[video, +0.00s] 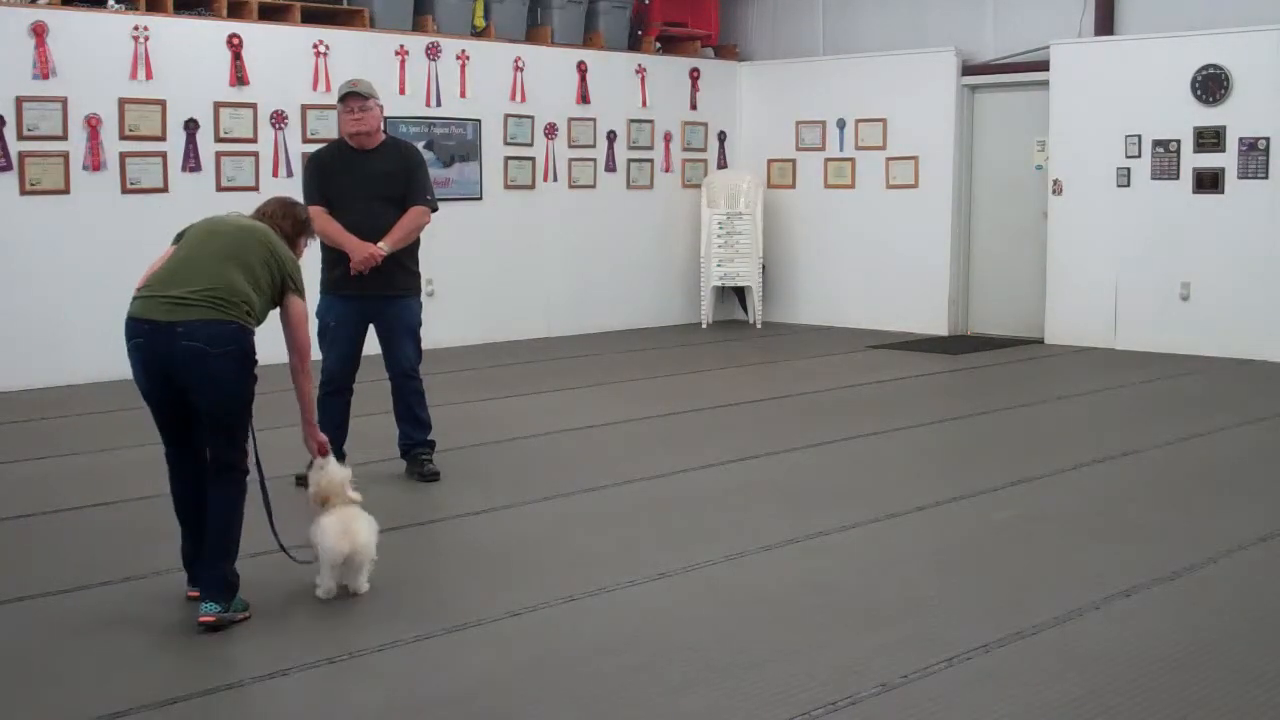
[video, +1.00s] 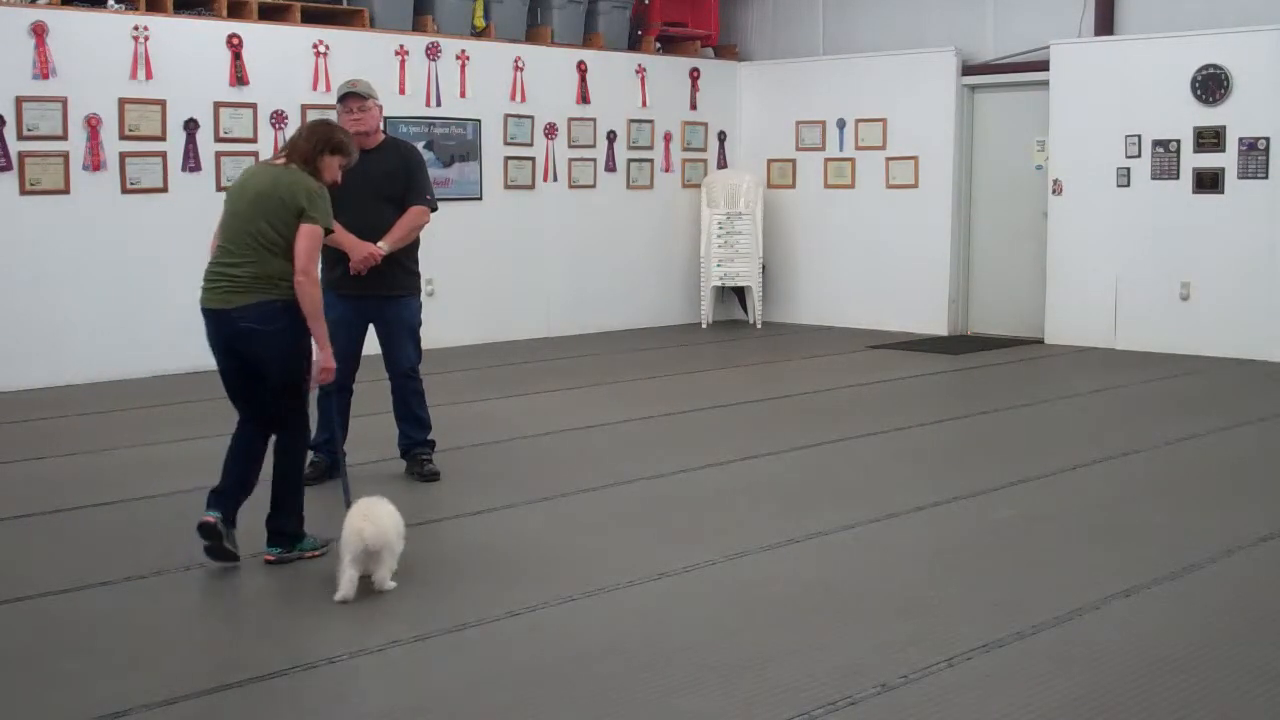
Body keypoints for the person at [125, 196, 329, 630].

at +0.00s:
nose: (301, 255)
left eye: (304, 248)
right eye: (302, 247)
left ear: (260, 219)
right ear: (291, 237)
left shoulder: (202, 227)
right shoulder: (284, 259)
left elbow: (145, 284)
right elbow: (300, 355)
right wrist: (311, 427)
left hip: (146, 335)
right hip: (215, 341)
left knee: (182, 455)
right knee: (228, 464)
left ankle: (200, 576)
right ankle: (216, 596)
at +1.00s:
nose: (340, 176)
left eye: (345, 167)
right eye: (340, 165)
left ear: (297, 151)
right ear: (318, 153)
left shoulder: (250, 176)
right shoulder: (314, 194)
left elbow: (218, 245)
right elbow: (305, 276)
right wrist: (324, 347)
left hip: (220, 312)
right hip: (273, 314)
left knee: (255, 417)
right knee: (293, 424)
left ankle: (219, 512)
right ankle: (286, 537)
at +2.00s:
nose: (341, 149)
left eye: (344, 141)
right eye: (338, 140)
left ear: (306, 133)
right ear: (315, 133)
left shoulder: (276, 169)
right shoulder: (301, 179)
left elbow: (316, 228)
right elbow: (290, 255)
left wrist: (353, 246)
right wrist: (345, 255)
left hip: (274, 299)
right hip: (299, 303)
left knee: (269, 409)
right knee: (313, 412)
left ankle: (256, 513)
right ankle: (315, 519)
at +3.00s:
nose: (336, 144)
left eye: (338, 136)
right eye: (333, 134)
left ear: (302, 131)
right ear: (308, 131)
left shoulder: (276, 170)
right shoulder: (294, 176)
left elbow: (294, 238)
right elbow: (287, 252)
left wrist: (338, 244)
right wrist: (334, 221)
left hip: (274, 298)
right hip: (295, 302)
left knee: (266, 408)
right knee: (310, 411)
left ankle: (256, 515)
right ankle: (316, 519)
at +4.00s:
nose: (414, 173)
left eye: (417, 166)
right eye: (411, 164)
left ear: (384, 153)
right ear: (388, 153)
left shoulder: (340, 181)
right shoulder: (367, 190)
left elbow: (332, 249)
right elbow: (363, 269)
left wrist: (375, 275)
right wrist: (377, 290)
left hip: (297, 306)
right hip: (329, 310)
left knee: (281, 413)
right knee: (373, 412)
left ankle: (256, 515)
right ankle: (391, 518)